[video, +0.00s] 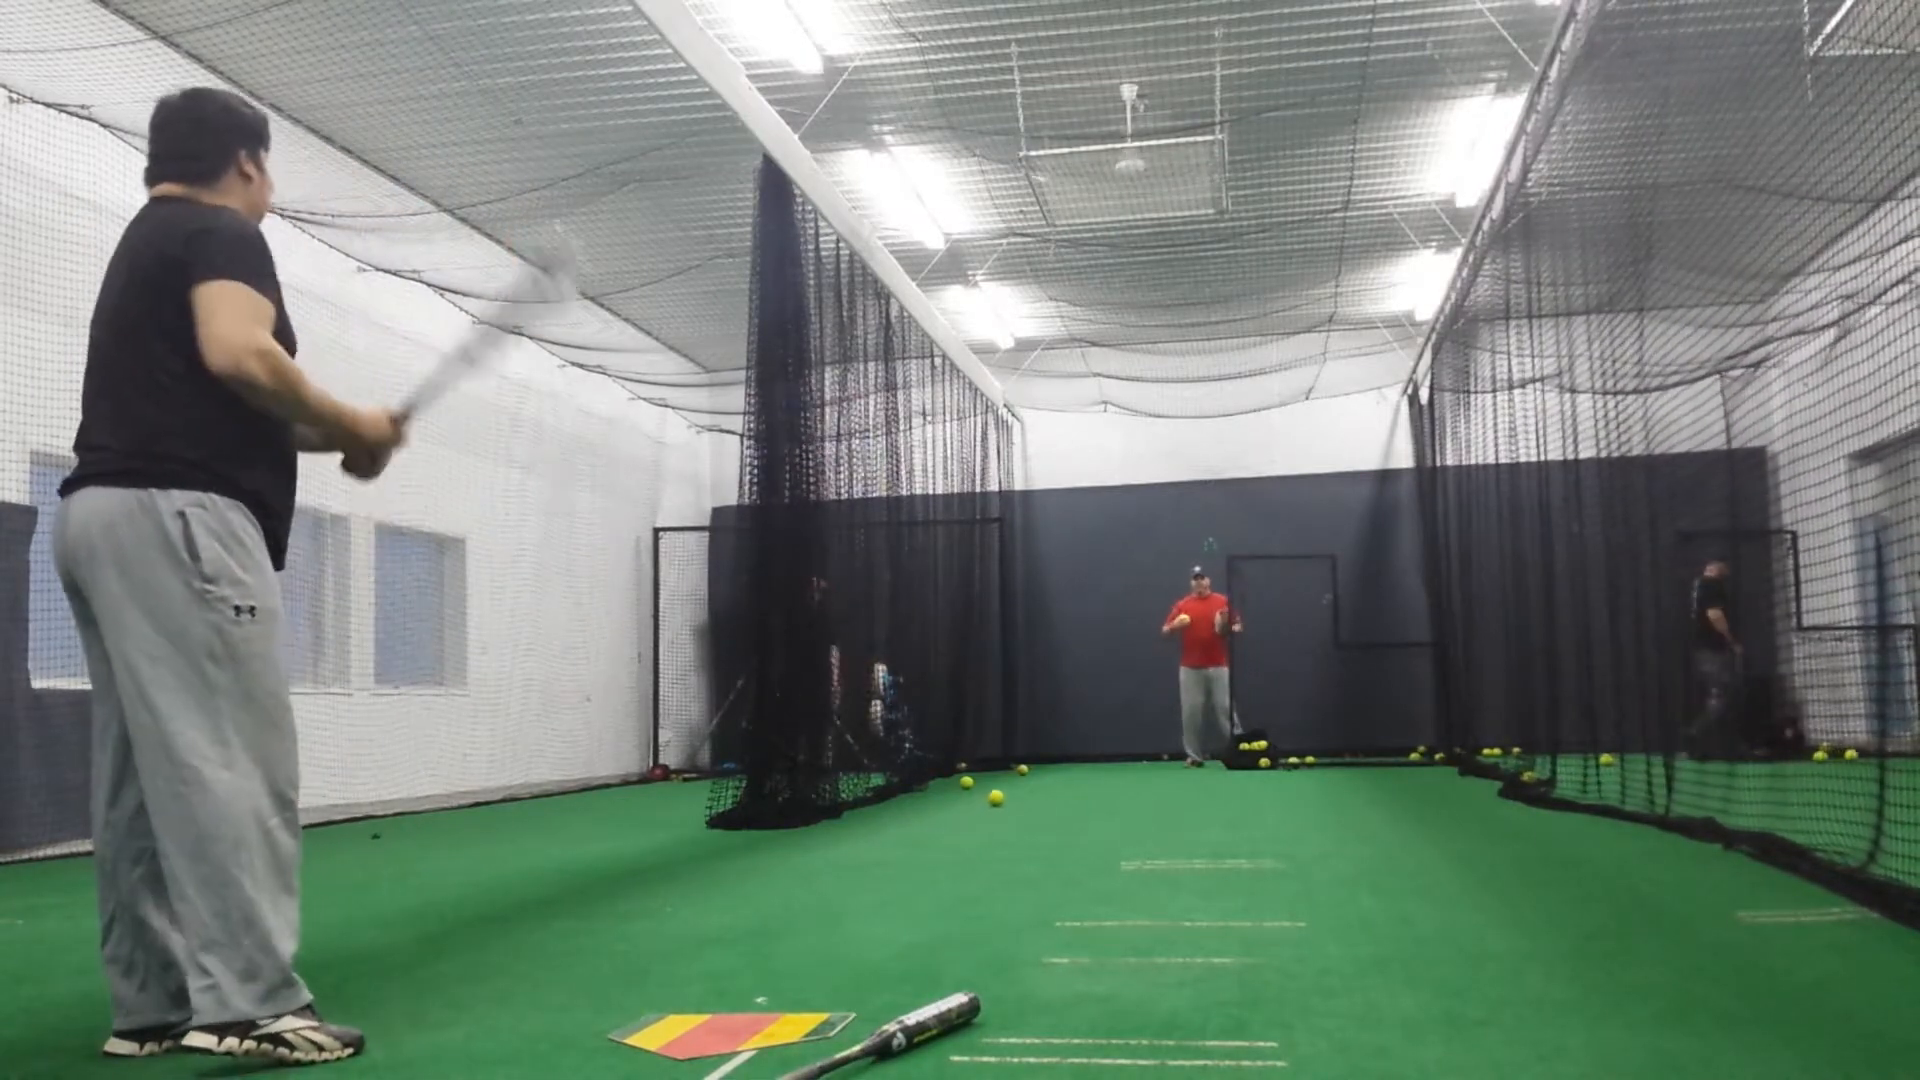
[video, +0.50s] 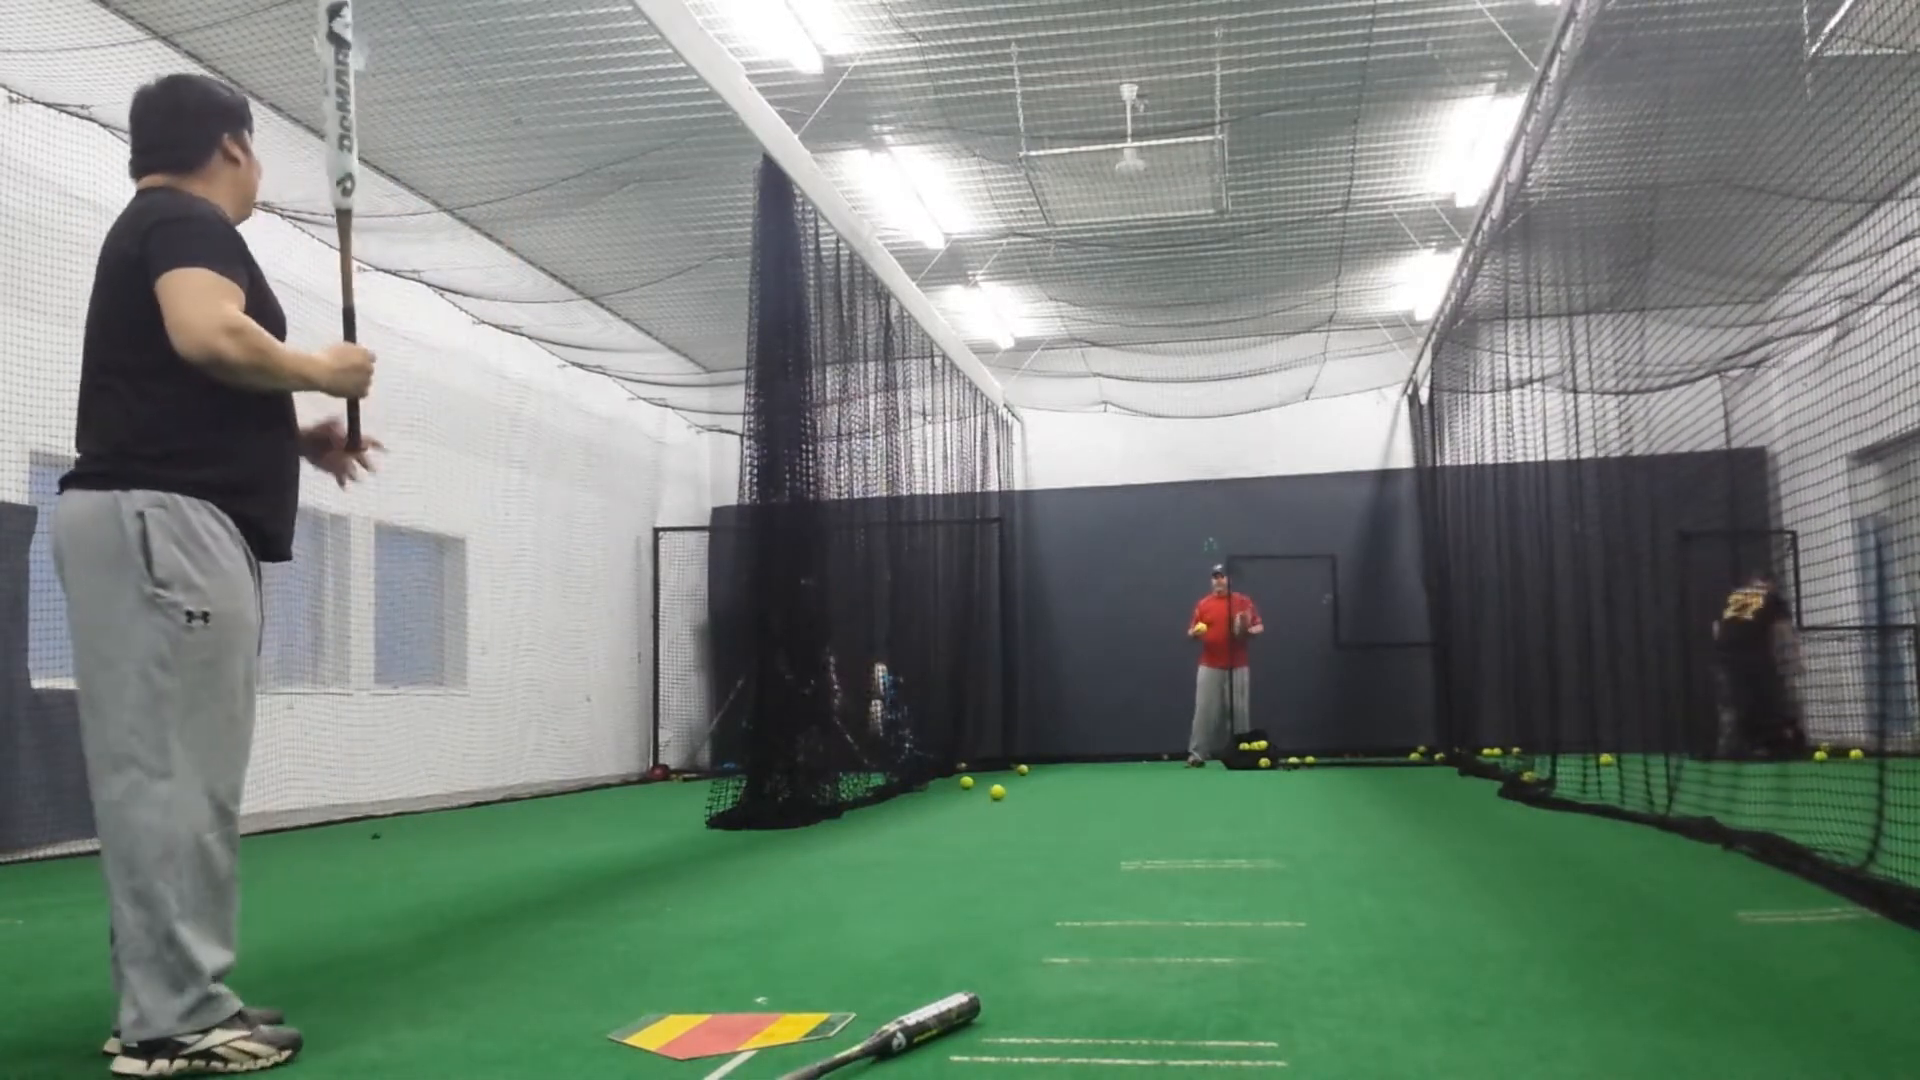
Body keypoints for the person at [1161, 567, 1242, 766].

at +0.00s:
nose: (1199, 582)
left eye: (1202, 578)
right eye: (1196, 579)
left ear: (1208, 581)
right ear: (1191, 583)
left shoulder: (1222, 602)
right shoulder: (1182, 605)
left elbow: (1238, 626)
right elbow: (1164, 631)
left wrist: (1227, 626)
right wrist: (1175, 625)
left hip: (1217, 664)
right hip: (1191, 665)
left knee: (1223, 707)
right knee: (1191, 710)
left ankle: (1232, 751)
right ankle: (1193, 754)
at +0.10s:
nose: (1204, 582)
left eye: (1207, 578)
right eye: (1200, 579)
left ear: (1213, 581)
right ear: (1195, 583)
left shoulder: (1226, 602)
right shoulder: (1188, 605)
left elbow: (1244, 626)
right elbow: (1173, 633)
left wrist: (1231, 628)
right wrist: (1180, 629)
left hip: (1220, 665)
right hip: (1194, 666)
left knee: (1227, 710)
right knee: (1193, 712)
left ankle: (1236, 752)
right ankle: (1194, 754)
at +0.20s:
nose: (1209, 581)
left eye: (1212, 577)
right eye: (1205, 578)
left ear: (1218, 580)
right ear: (1200, 582)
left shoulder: (1231, 602)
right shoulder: (1192, 605)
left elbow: (1246, 626)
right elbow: (1180, 632)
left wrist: (1239, 626)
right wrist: (1185, 631)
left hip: (1225, 665)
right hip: (1199, 665)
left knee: (1229, 712)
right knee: (1196, 711)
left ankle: (1235, 753)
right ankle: (1195, 754)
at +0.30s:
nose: (1213, 580)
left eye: (1216, 576)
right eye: (1209, 577)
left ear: (1222, 580)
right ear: (1204, 581)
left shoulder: (1235, 602)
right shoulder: (1197, 603)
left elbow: (1251, 626)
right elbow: (1184, 630)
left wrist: (1243, 626)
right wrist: (1188, 631)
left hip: (1230, 665)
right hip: (1203, 665)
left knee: (1234, 710)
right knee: (1200, 710)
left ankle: (1238, 753)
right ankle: (1196, 754)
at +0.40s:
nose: (1217, 581)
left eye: (1220, 577)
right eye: (1213, 577)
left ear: (1226, 579)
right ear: (1208, 581)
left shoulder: (1240, 603)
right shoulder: (1200, 604)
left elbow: (1256, 626)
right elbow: (1187, 631)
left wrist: (1246, 629)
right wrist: (1192, 631)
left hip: (1236, 665)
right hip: (1208, 665)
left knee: (1238, 708)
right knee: (1203, 709)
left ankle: (1239, 753)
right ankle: (1197, 753)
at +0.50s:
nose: (1218, 581)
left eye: (1222, 577)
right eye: (1215, 577)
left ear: (1228, 579)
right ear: (1211, 581)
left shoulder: (1243, 602)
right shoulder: (1204, 604)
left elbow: (1259, 626)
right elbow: (1191, 631)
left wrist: (1246, 629)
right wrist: (1197, 630)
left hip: (1237, 664)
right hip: (1211, 664)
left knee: (1240, 708)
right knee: (1205, 709)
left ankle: (1240, 753)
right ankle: (1198, 753)